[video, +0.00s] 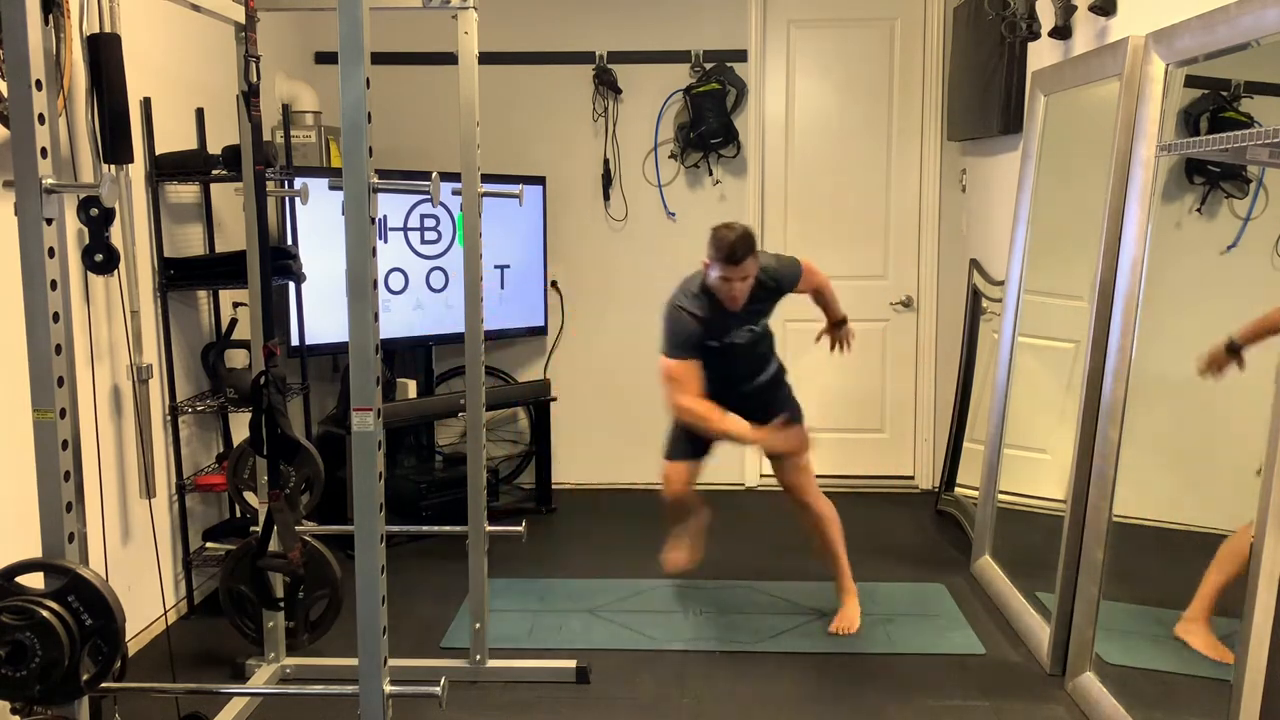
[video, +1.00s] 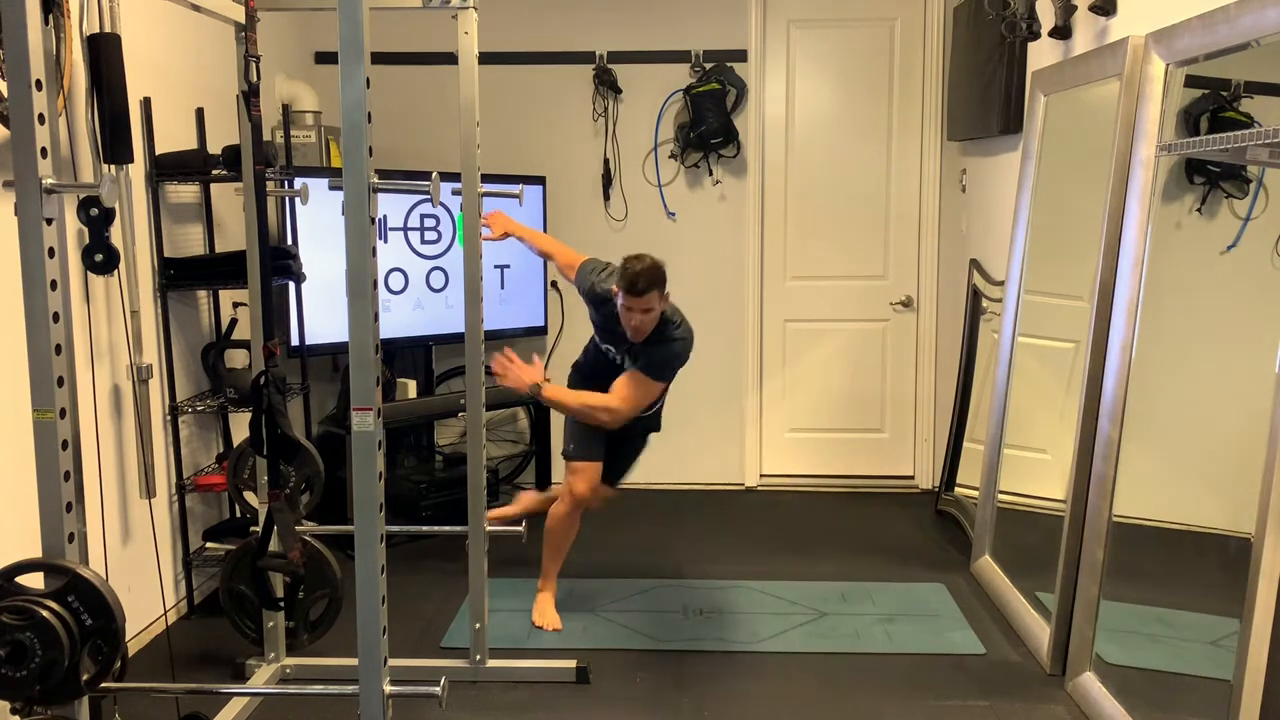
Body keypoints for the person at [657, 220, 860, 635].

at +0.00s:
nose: (737, 291)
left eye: (745, 280)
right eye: (727, 281)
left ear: (755, 268)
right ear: (708, 268)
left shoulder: (772, 274)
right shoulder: (685, 309)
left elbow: (816, 283)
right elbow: (684, 402)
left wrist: (836, 319)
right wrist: (758, 436)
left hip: (763, 387)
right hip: (706, 394)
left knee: (801, 488)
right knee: (674, 489)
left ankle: (848, 590)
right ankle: (692, 519)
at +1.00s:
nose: (635, 321)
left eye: (645, 312)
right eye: (627, 310)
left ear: (664, 302)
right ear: (616, 296)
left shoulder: (675, 338)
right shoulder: (601, 285)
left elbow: (615, 410)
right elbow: (560, 257)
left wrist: (540, 388)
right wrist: (514, 228)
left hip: (639, 409)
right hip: (590, 385)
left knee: (597, 495)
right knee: (577, 491)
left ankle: (531, 502)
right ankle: (546, 592)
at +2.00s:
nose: (822, 334)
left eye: (831, 323)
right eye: (811, 324)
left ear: (841, 309)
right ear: (790, 311)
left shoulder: (809, 299)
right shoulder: (777, 367)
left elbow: (785, 287)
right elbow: (855, 428)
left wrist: (753, 305)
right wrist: (892, 360)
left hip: (827, 397)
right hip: (785, 427)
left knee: (855, 497)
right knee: (840, 485)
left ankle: (869, 593)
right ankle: (882, 507)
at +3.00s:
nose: (626, 348)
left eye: (635, 339)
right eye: (617, 339)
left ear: (648, 325)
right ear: (601, 322)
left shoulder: (661, 355)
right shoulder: (582, 308)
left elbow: (623, 444)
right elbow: (511, 282)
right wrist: (447, 267)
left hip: (616, 421)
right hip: (573, 398)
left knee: (580, 504)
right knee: (556, 489)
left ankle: (523, 520)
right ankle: (545, 589)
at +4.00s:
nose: (826, 320)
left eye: (836, 309)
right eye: (816, 308)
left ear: (847, 299)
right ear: (798, 297)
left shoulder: (859, 318)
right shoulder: (760, 337)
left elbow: (911, 342)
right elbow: (747, 422)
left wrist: (925, 395)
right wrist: (804, 480)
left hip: (829, 400)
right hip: (774, 411)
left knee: (860, 506)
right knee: (772, 522)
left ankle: (882, 595)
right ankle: (801, 514)